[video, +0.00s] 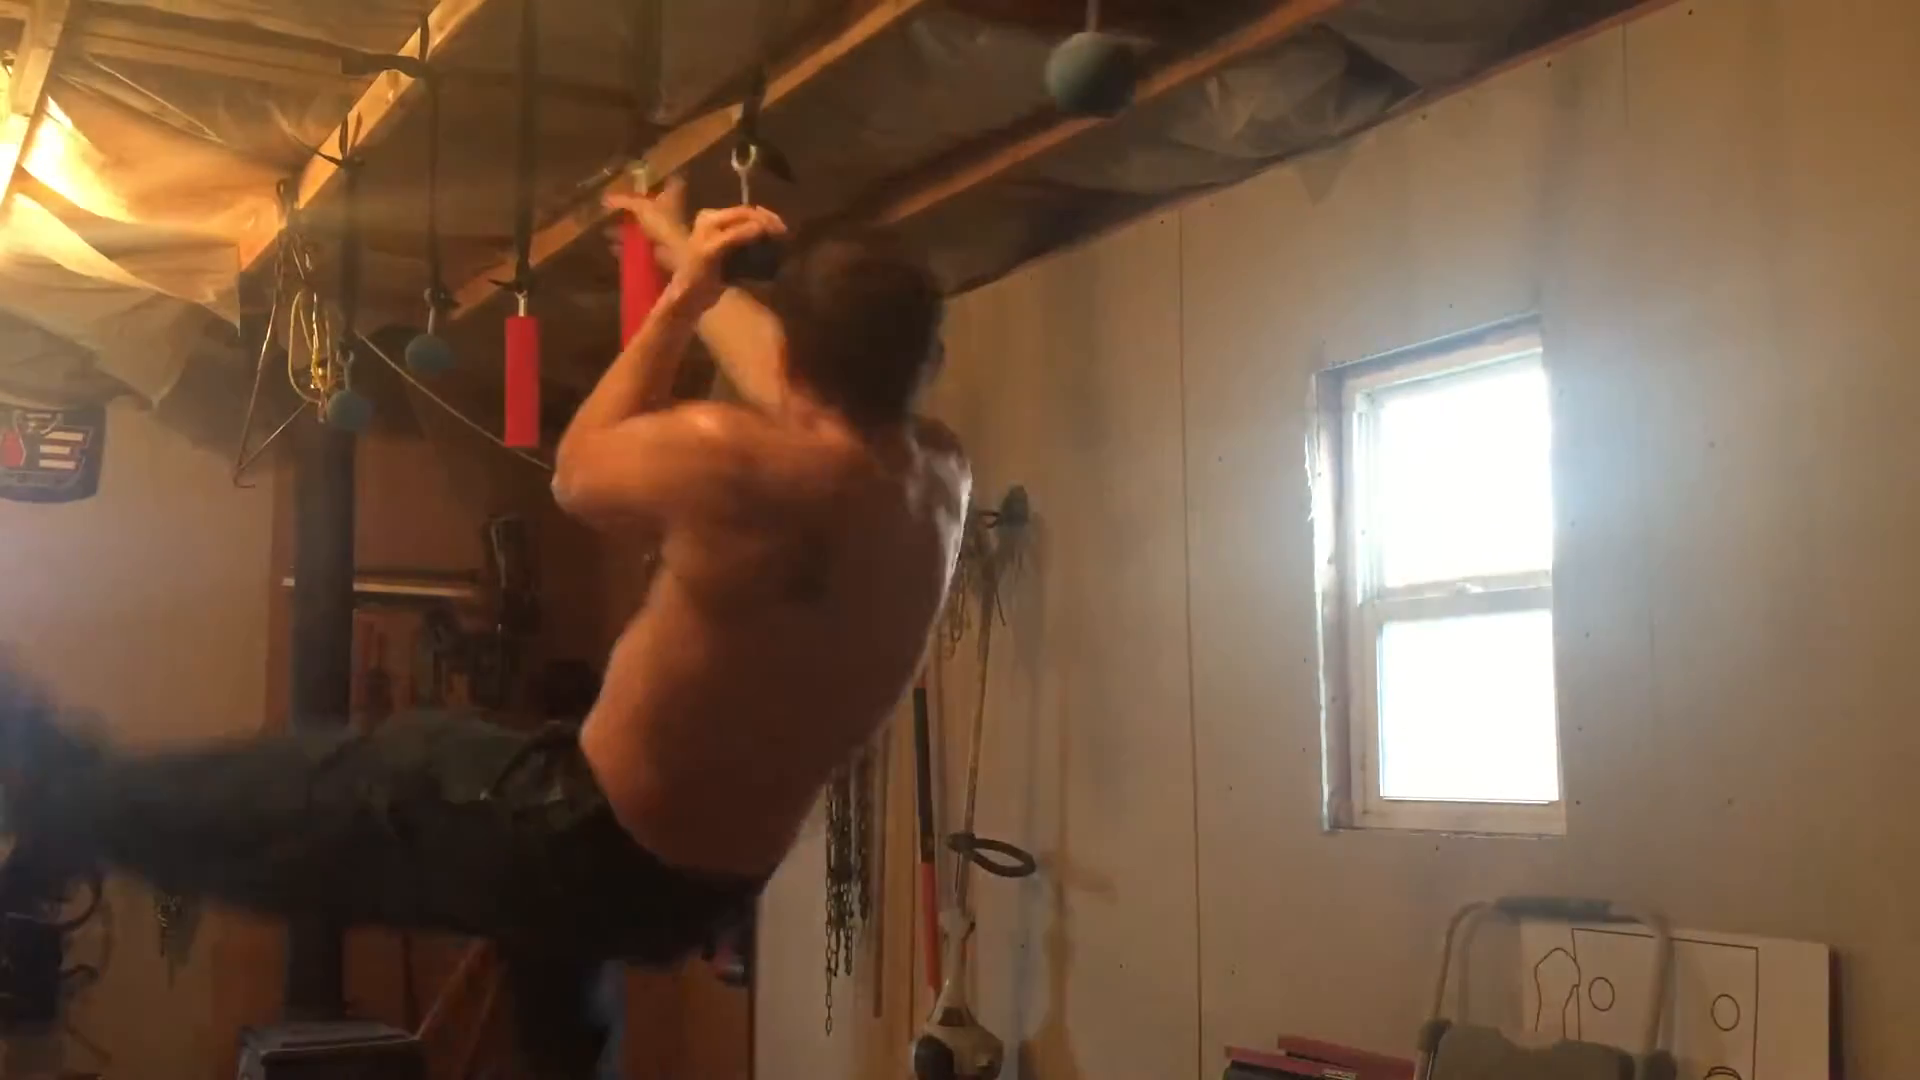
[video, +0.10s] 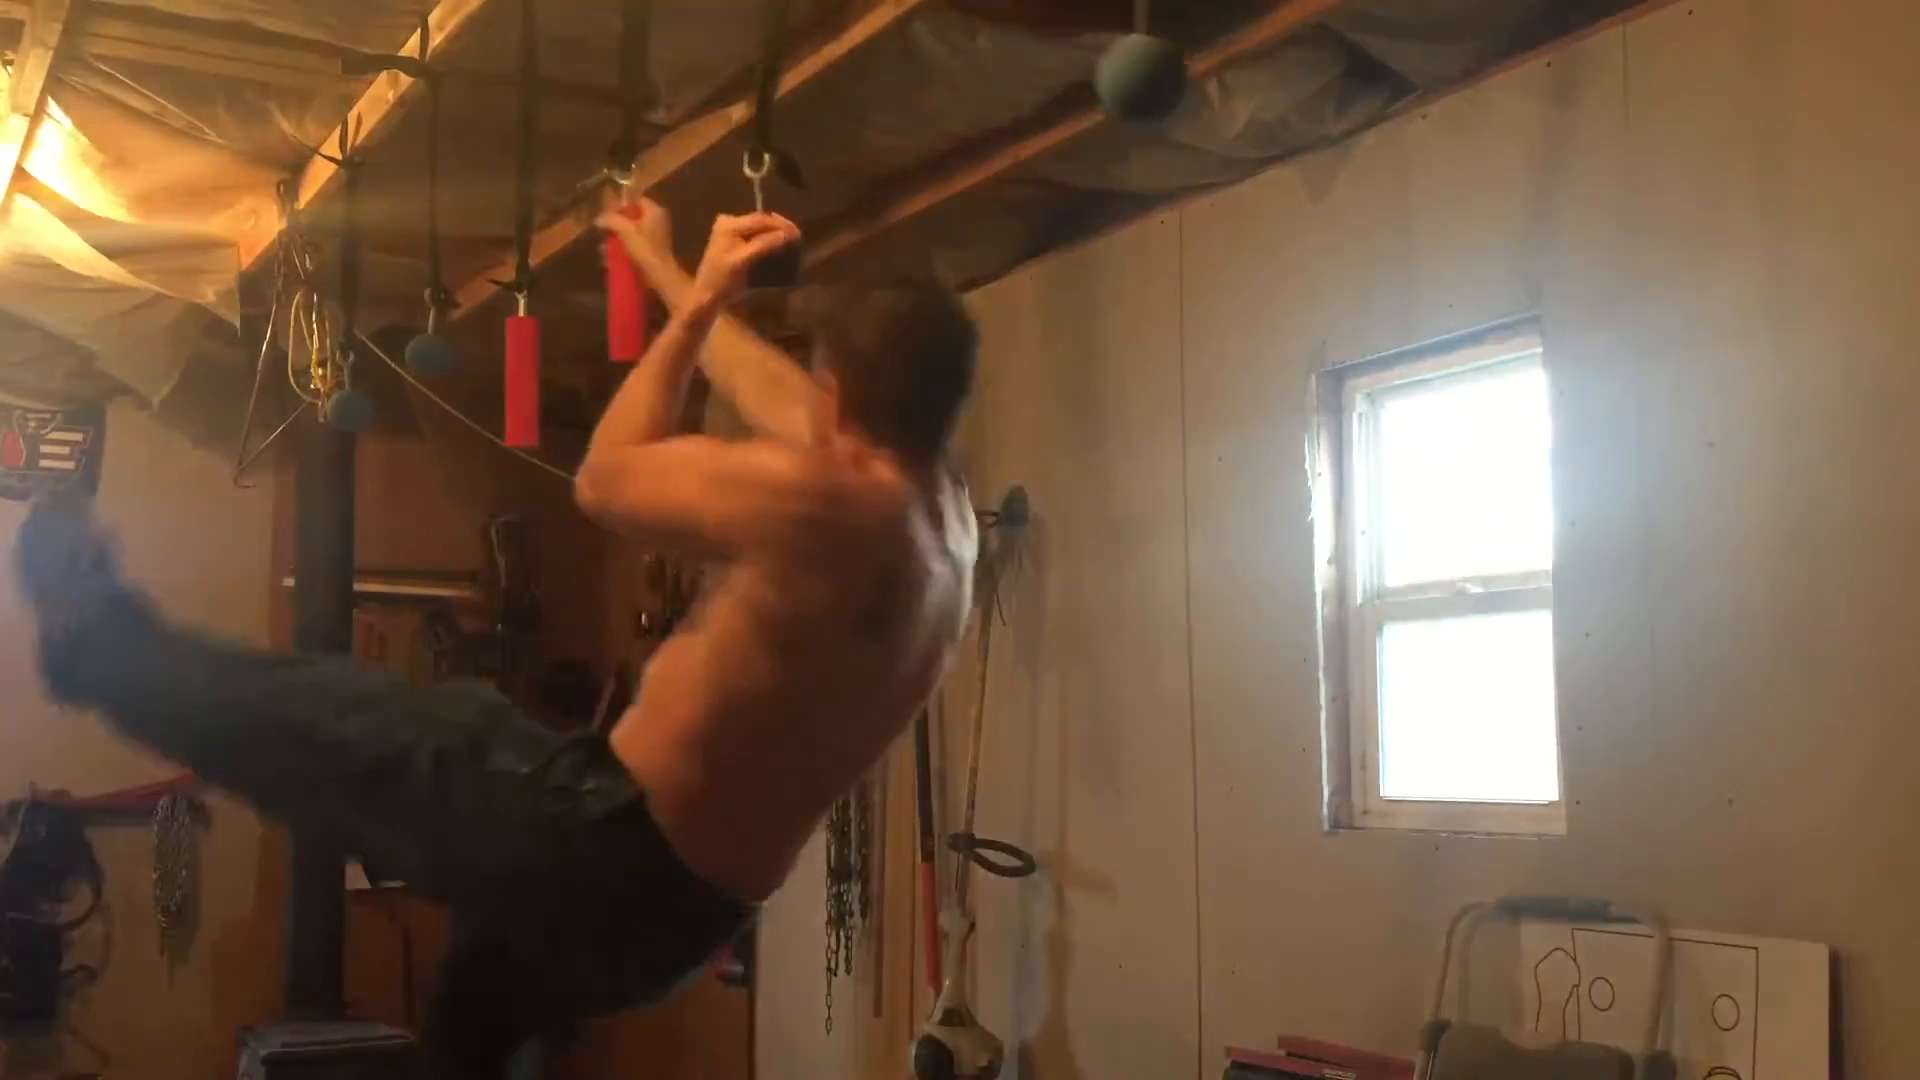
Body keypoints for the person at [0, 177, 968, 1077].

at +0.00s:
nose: (760, 328)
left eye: (773, 314)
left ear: (787, 342)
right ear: (916, 370)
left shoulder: (747, 462)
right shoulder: (938, 487)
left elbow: (585, 462)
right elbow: (781, 378)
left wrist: (689, 281)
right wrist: (681, 253)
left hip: (588, 839)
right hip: (709, 888)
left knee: (353, 781)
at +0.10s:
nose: (803, 384)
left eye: (813, 364)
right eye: (808, 366)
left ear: (839, 392)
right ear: (941, 404)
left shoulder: (822, 499)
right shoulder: (942, 529)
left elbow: (610, 473)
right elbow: (782, 400)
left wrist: (700, 304)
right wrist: (673, 280)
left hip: (592, 830)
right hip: (686, 908)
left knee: (332, 722)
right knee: (480, 1032)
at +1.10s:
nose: (882, 308)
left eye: (907, 285)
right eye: (893, 288)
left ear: (945, 313)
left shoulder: (1047, 420)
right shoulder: (855, 438)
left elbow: (905, 448)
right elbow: (676, 427)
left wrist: (872, 256)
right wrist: (671, 242)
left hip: (904, 842)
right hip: (801, 843)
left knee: (733, 1061)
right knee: (682, 1057)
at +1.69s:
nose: (772, 374)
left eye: (787, 352)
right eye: (778, 353)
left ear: (844, 367)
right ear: (846, 368)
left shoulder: (925, 506)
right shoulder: (755, 476)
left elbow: (951, 454)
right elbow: (605, 445)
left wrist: (913, 263)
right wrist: (615, 257)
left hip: (788, 880)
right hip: (695, 876)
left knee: (575, 1061)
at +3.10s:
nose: (461, 479)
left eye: (448, 470)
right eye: (450, 470)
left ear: (354, 538)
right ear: (443, 493)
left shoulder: (381, 620)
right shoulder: (499, 574)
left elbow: (490, 521)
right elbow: (683, 458)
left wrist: (520, 391)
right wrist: (646, 289)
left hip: (541, 940)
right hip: (648, 935)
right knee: (794, 1061)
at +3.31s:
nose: (474, 460)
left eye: (463, 446)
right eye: (462, 445)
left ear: (368, 506)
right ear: (453, 468)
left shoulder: (398, 593)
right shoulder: (472, 563)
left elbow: (521, 518)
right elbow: (667, 451)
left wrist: (544, 394)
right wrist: (650, 288)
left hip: (555, 915)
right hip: (628, 910)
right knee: (761, 1063)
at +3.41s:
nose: (485, 442)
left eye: (475, 431)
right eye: (475, 430)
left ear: (379, 482)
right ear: (464, 445)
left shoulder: (405, 567)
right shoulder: (474, 530)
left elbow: (557, 514)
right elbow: (660, 450)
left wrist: (560, 394)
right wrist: (656, 281)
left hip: (555, 889)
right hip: (625, 881)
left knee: (655, 1059)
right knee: (763, 1058)